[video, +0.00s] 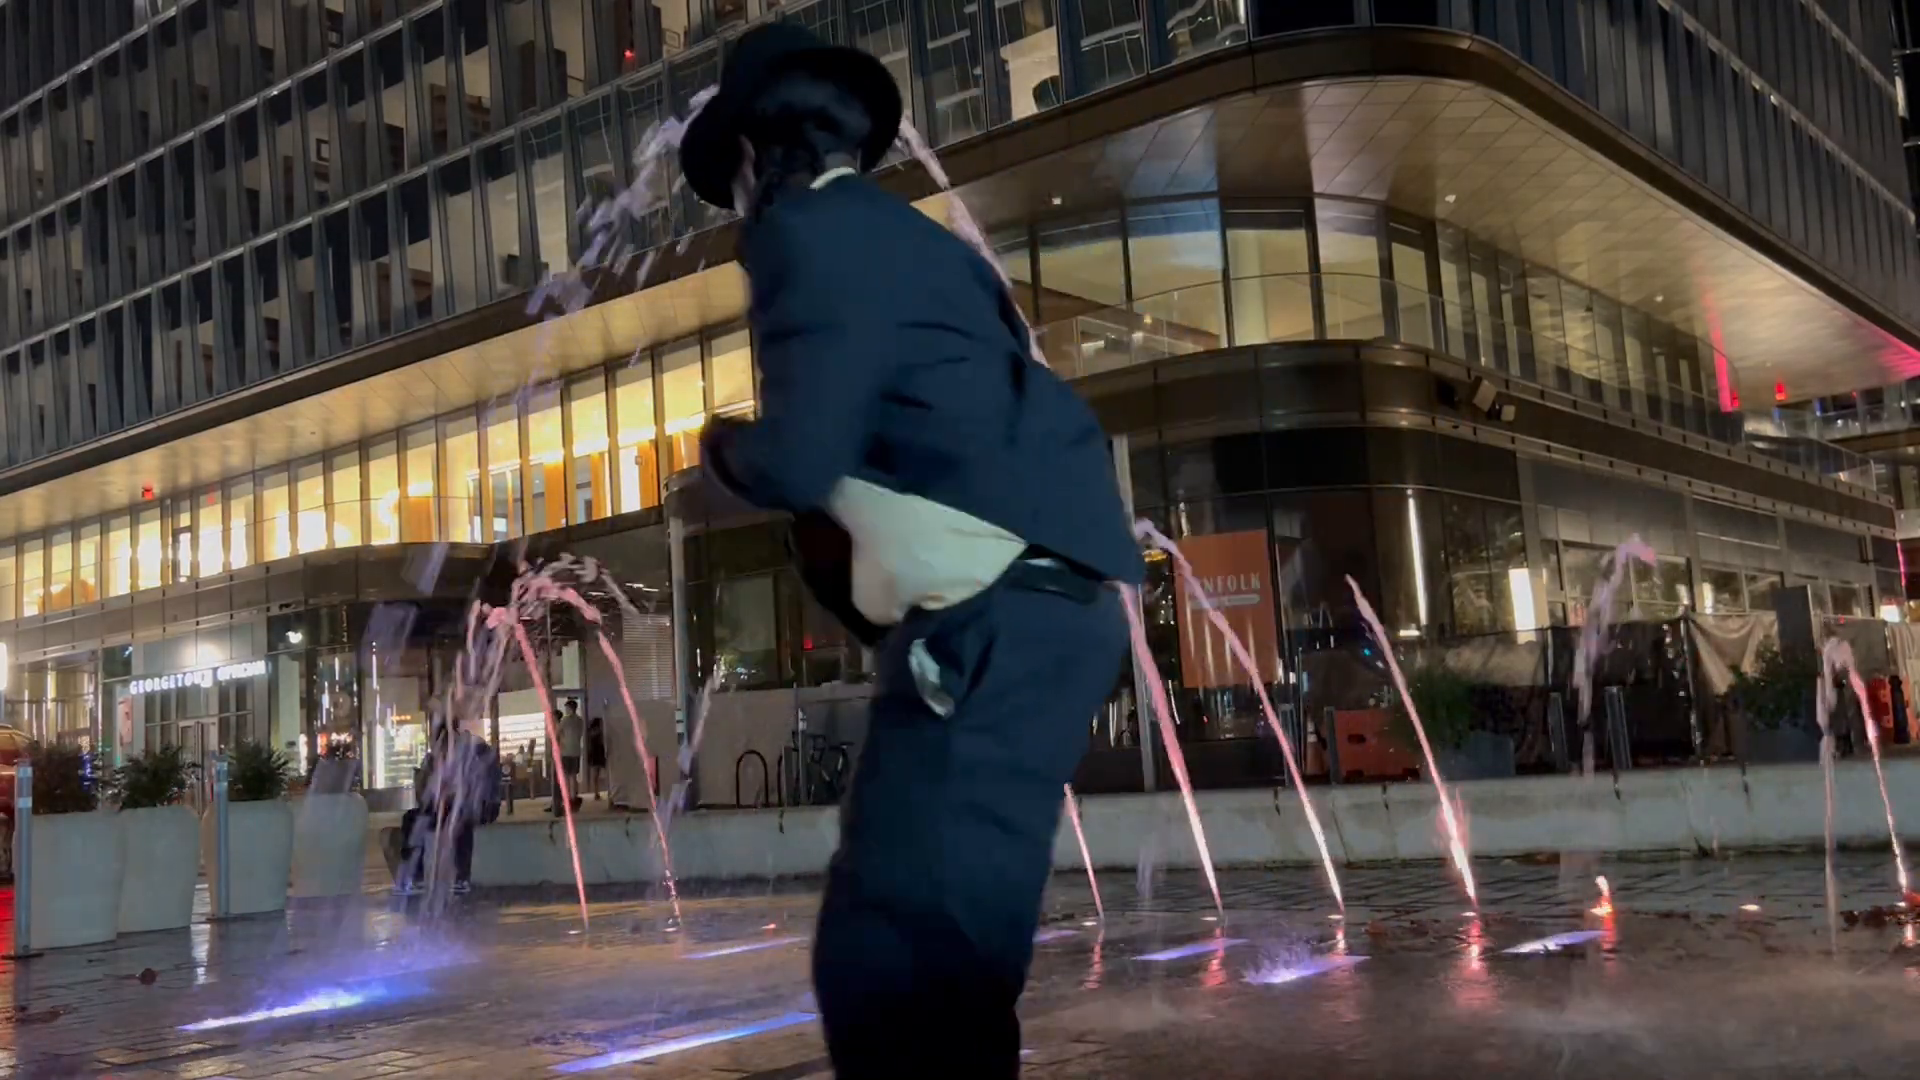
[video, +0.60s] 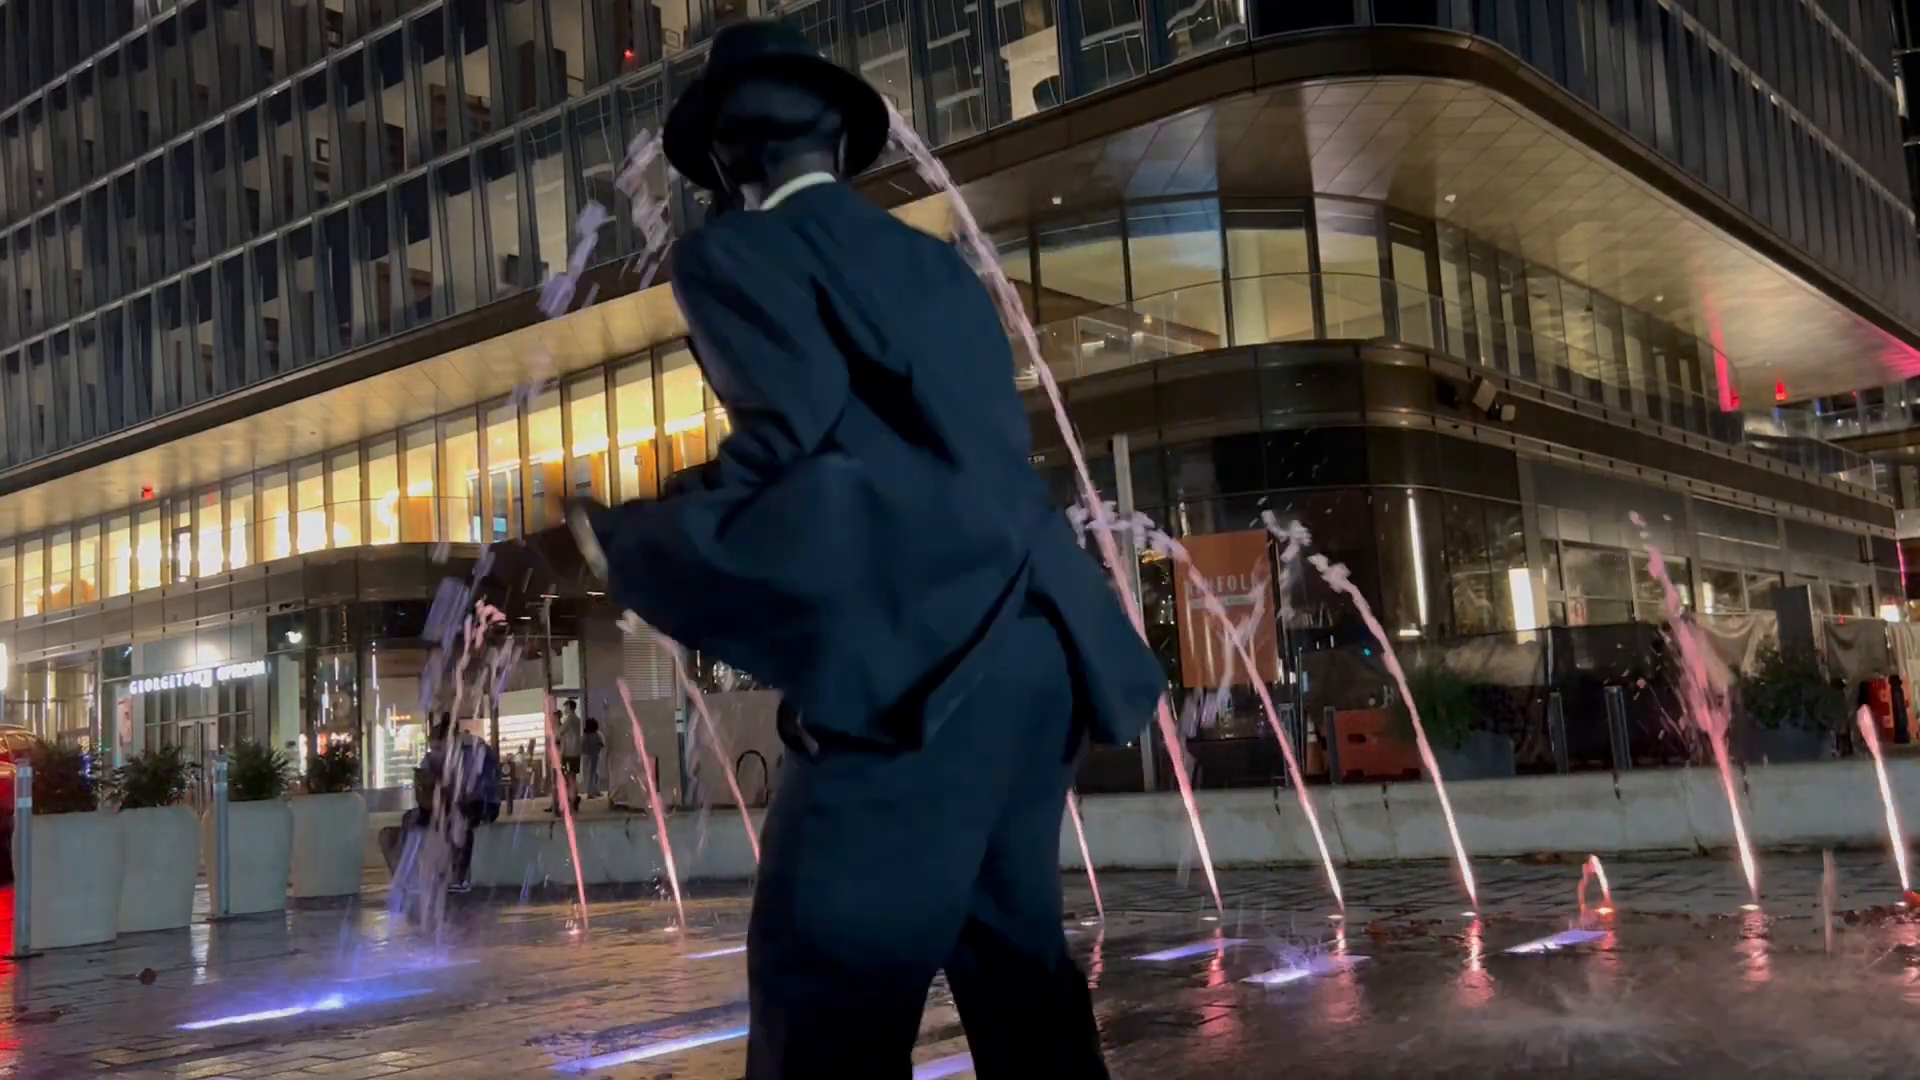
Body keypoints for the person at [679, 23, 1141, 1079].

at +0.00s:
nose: (730, 201)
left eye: (731, 173)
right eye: (726, 180)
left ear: (761, 151)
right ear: (844, 147)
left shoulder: (812, 230)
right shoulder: (901, 236)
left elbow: (798, 461)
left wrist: (718, 477)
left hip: (1003, 610)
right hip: (1025, 607)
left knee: (893, 952)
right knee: (933, 952)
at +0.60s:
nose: (710, 193)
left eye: (710, 173)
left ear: (724, 169)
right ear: (845, 150)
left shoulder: (732, 252)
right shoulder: (944, 262)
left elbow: (794, 447)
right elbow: (1007, 466)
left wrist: (625, 542)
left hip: (904, 681)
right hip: (1039, 661)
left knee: (822, 1015)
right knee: (1022, 981)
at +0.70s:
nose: (733, 229)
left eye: (735, 210)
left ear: (754, 202)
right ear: (868, 187)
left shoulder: (746, 284)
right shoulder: (951, 297)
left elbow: (740, 502)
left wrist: (671, 438)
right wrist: (797, 715)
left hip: (920, 682)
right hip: (1057, 675)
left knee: (821, 1012)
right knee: (1037, 997)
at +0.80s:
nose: (786, 244)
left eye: (790, 225)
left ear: (799, 234)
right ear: (913, 223)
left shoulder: (778, 313)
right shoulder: (995, 325)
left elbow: (795, 520)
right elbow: (1076, 514)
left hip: (932, 723)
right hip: (1074, 721)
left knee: (849, 1029)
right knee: (1073, 1003)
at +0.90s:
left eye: (841, 255)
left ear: (852, 254)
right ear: (970, 246)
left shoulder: (834, 322)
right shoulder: (1061, 328)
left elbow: (827, 463)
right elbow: (1151, 468)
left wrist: (790, 566)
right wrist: (1105, 575)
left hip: (967, 701)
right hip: (1119, 690)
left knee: (918, 1021)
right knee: (1106, 993)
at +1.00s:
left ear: (904, 261)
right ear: (1035, 251)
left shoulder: (868, 332)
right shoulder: (1130, 330)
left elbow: (806, 495)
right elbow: (1227, 502)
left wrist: (814, 617)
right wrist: (1121, 566)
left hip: (974, 693)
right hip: (1143, 691)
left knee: (965, 999)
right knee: (1133, 994)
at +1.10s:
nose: (1045, 266)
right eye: (1055, 253)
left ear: (953, 267)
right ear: (1070, 265)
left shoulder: (891, 348)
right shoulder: (1151, 362)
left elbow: (893, 536)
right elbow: (1181, 528)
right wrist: (1115, 616)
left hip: (992, 672)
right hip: (1147, 665)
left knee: (1038, 964)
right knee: (1146, 952)